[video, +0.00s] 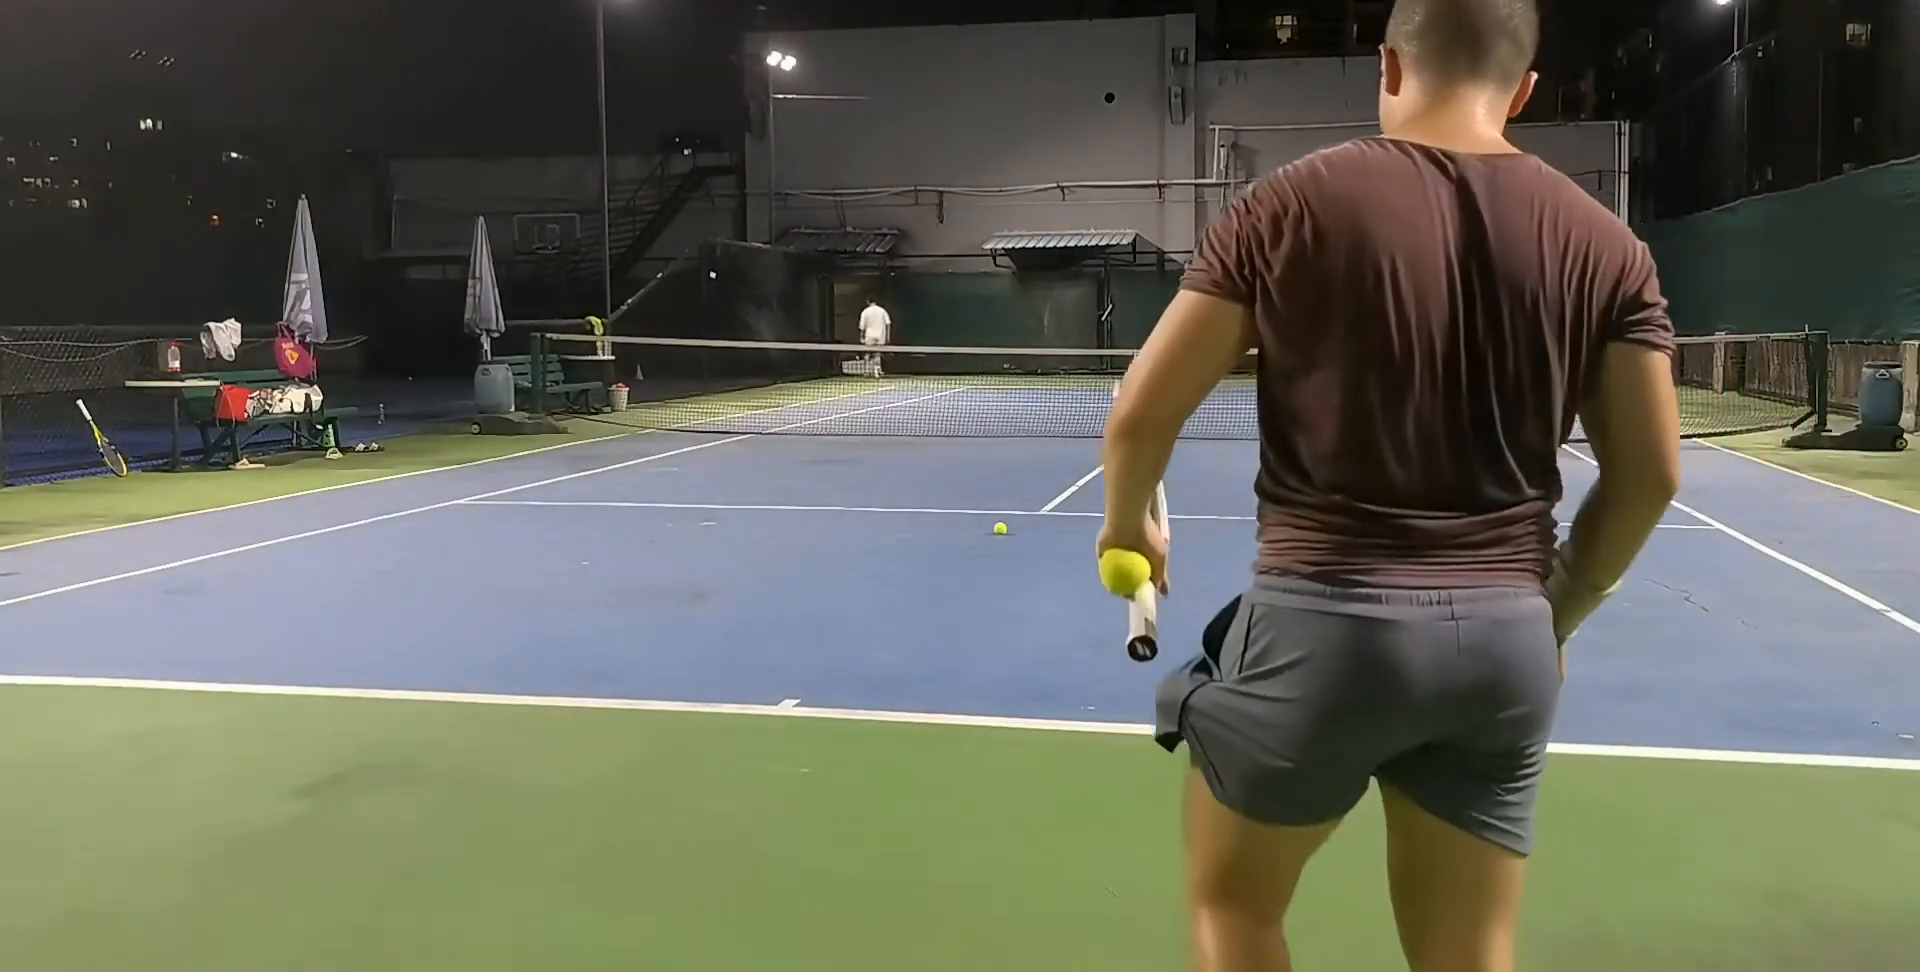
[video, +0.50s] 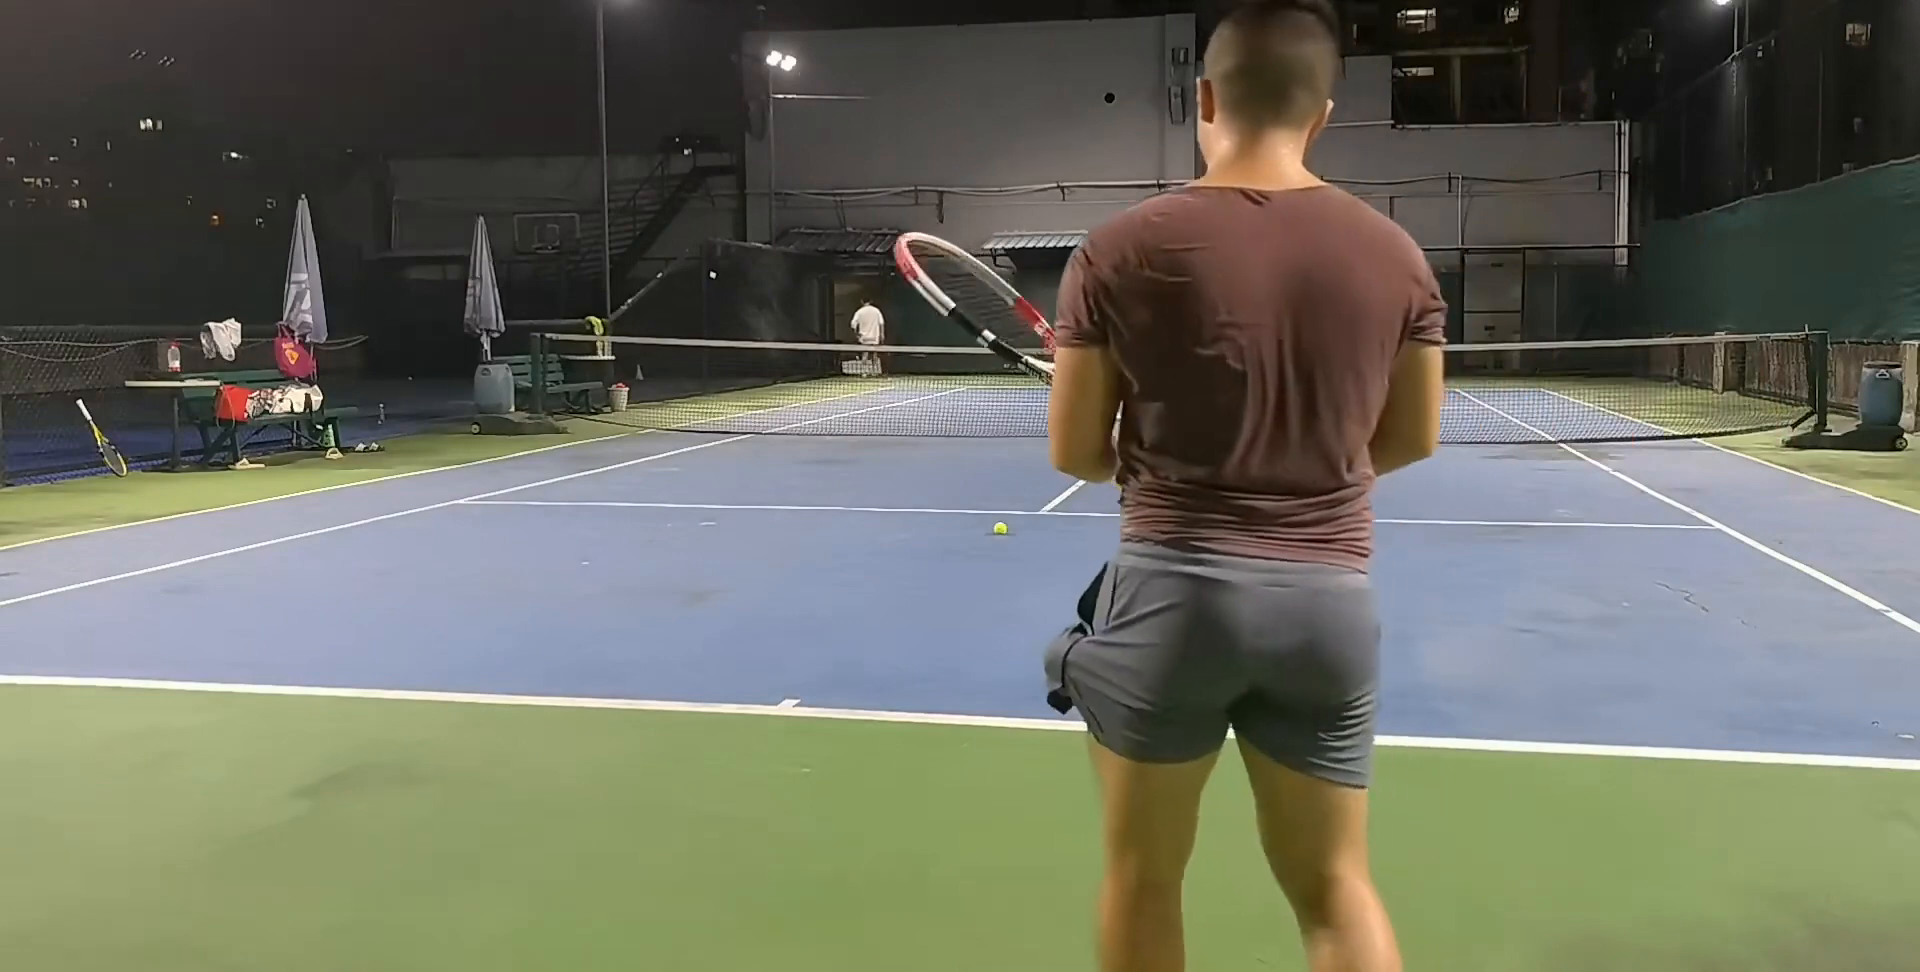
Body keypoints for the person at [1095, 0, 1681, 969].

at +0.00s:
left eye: (1382, 68)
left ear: (1391, 68)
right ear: (1521, 90)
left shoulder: (1294, 201)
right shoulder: (1599, 240)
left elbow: (1141, 413)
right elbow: (1646, 474)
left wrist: (1128, 527)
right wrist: (1553, 615)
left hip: (1317, 625)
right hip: (1503, 625)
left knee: (1235, 909)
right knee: (1469, 948)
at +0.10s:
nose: (1346, 94)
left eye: (1348, 74)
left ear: (1364, 73)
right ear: (1490, 96)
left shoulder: (1277, 207)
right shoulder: (1570, 241)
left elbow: (1124, 409)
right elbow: (1631, 455)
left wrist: (1113, 494)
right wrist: (1529, 568)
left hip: (1300, 622)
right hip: (1483, 624)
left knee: (1214, 906)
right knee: (1456, 943)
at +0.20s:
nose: (1316, 107)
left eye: (1317, 91)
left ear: (1331, 88)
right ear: (1449, 108)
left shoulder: (1244, 220)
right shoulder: (1532, 248)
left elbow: (1103, 420)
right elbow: (1604, 443)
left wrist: (1104, 473)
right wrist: (1492, 523)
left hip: (1280, 623)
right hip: (1455, 618)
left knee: (1206, 924)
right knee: (1443, 944)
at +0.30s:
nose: (1277, 118)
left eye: (1278, 102)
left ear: (1291, 101)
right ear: (1407, 118)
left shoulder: (1203, 239)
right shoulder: (1487, 256)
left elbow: (1086, 437)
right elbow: (1543, 443)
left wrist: (1110, 465)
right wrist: (1425, 485)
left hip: (1247, 621)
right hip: (1420, 620)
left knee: (1184, 909)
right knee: (1412, 933)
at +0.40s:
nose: (1236, 126)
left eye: (1236, 109)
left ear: (1246, 105)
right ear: (1365, 121)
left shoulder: (1162, 249)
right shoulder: (1437, 259)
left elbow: (1087, 452)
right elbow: (1469, 444)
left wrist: (1115, 469)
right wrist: (1351, 470)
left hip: (1204, 613)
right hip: (1370, 614)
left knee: (1154, 890)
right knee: (1375, 912)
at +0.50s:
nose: (1199, 115)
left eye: (1198, 101)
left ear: (1206, 101)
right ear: (1322, 114)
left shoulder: (1123, 248)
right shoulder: (1392, 253)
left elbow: (1079, 451)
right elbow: (1408, 438)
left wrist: (1166, 436)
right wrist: (1298, 451)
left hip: (1168, 598)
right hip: (1327, 600)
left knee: (1141, 880)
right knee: (1336, 885)